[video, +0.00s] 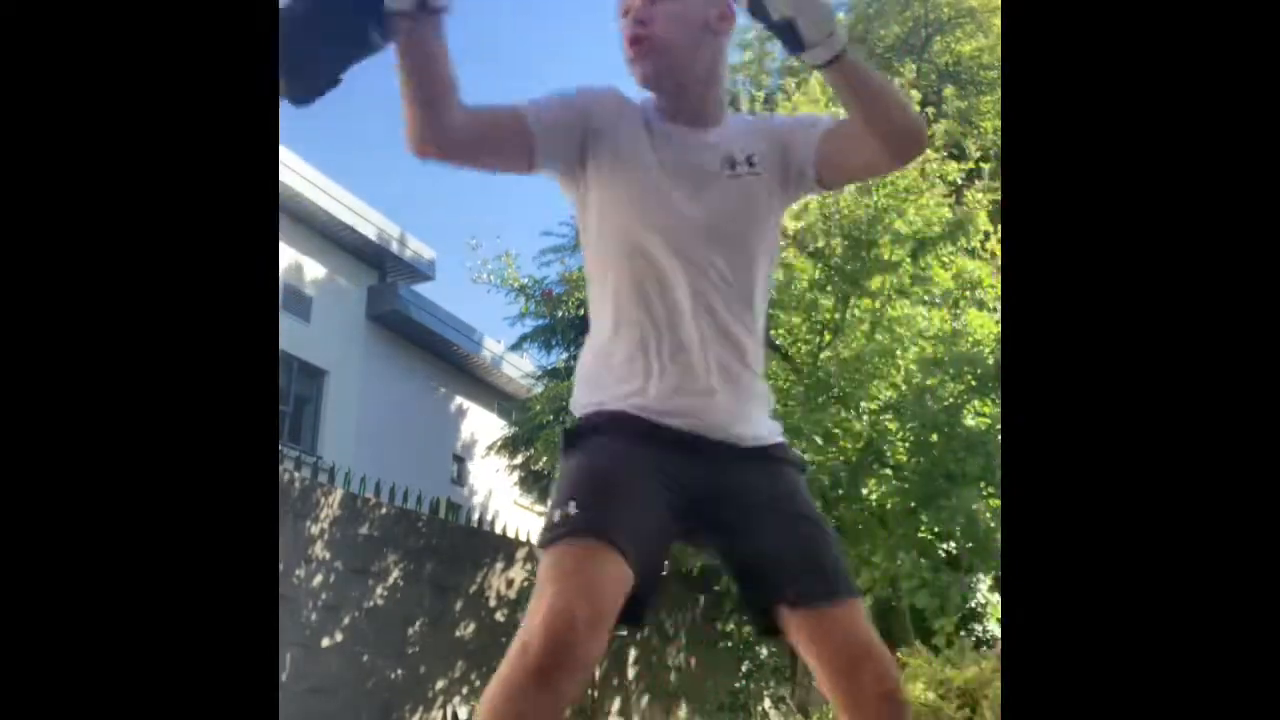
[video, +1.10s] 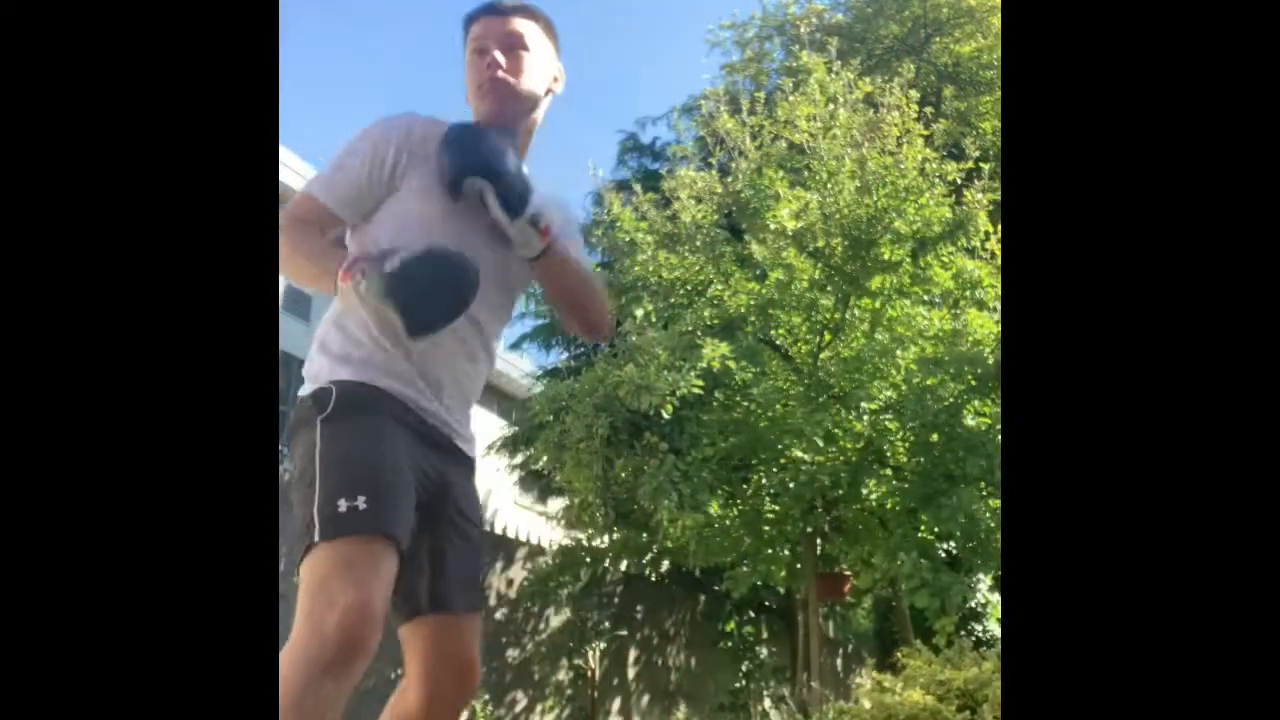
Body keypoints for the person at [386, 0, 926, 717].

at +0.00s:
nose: (632, 17)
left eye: (655, 0)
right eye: (627, 7)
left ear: (721, 17)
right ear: (621, 29)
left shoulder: (772, 144)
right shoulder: (599, 121)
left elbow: (900, 139)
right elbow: (438, 133)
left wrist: (819, 40)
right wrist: (416, 17)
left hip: (747, 441)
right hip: (624, 427)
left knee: (868, 677)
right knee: (558, 641)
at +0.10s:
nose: (644, 20)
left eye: (667, 7)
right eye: (624, 9)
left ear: (705, 19)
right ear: (605, 24)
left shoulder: (737, 142)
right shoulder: (576, 117)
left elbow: (825, 206)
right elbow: (439, 228)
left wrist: (721, 103)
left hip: (695, 431)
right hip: (577, 408)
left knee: (794, 679)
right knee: (510, 636)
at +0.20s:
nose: (618, 38)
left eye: (639, 19)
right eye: (609, 28)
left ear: (696, 34)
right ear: (600, 48)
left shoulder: (731, 167)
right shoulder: (565, 138)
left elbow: (761, 264)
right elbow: (463, 273)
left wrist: (644, 165)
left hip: (659, 434)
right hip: (551, 401)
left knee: (709, 690)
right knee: (508, 637)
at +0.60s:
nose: (598, 105)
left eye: (622, 92)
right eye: (589, 97)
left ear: (666, 119)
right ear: (577, 119)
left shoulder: (673, 227)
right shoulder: (526, 187)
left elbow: (701, 285)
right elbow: (397, 290)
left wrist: (593, 197)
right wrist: (438, 259)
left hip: (587, 459)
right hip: (484, 416)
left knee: (634, 697)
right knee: (421, 617)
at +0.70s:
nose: (555, 63)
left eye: (580, 51)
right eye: (544, 54)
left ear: (623, 84)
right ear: (531, 77)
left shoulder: (640, 206)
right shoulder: (491, 150)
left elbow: (748, 242)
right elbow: (333, 175)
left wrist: (673, 159)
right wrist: (379, 75)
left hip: (560, 454)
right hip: (456, 412)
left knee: (603, 684)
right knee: (406, 623)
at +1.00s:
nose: (480, 21)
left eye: (504, 10)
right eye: (469, 12)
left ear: (550, 47)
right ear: (455, 40)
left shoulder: (552, 184)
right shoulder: (406, 117)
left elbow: (666, 289)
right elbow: (282, 187)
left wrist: (605, 207)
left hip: (460, 423)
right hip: (366, 385)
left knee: (493, 665)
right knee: (351, 623)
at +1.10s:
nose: (494, 58)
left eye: (516, 47)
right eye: (481, 49)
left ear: (553, 80)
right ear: (465, 73)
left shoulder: (547, 209)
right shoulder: (408, 137)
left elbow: (596, 322)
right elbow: (292, 234)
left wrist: (525, 223)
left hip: (450, 432)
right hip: (361, 387)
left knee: (449, 679)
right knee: (345, 622)